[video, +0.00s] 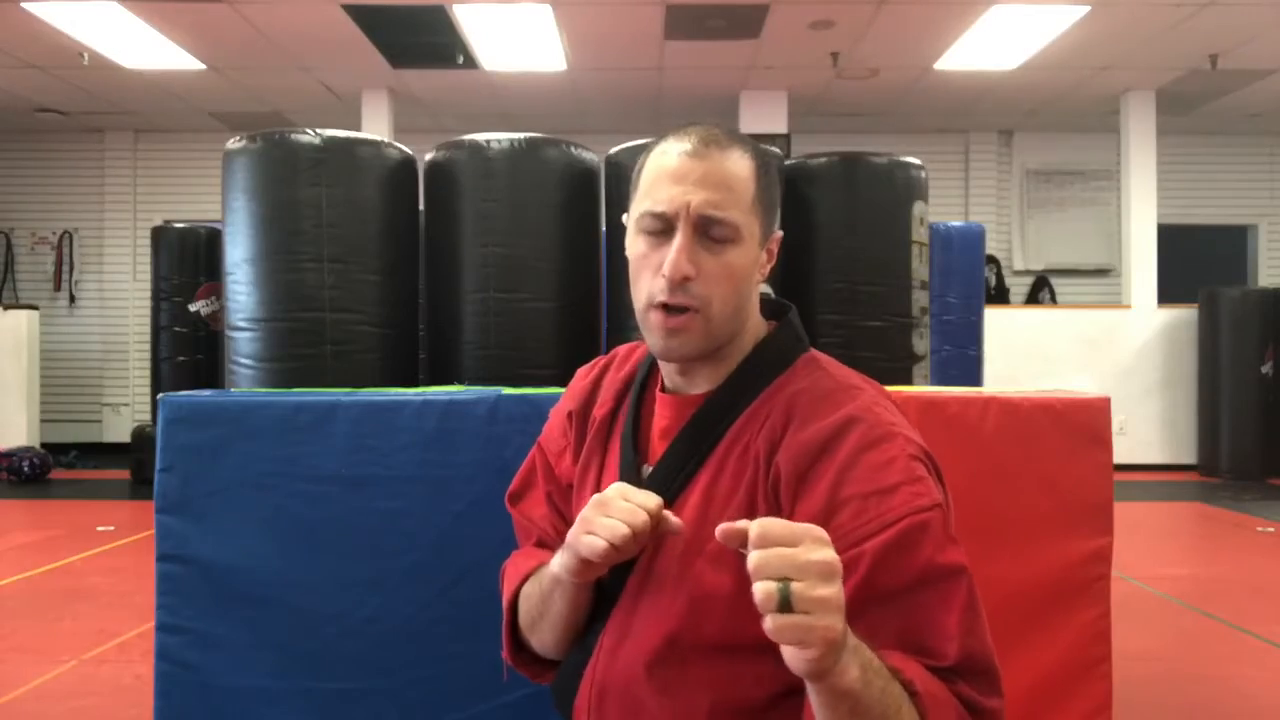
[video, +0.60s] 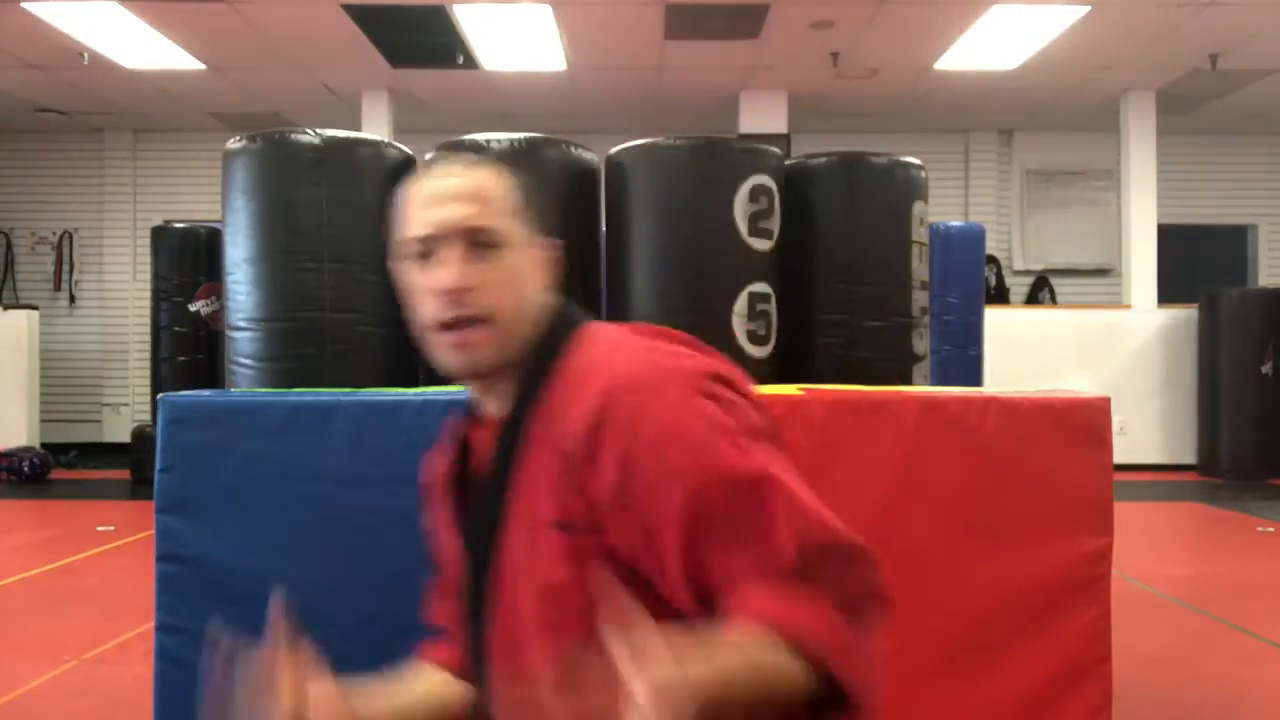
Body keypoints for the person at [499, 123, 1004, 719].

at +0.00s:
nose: (676, 267)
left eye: (715, 235)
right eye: (657, 229)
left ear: (766, 259)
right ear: (626, 240)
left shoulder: (852, 435)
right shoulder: (599, 392)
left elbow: (953, 702)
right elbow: (537, 641)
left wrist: (836, 663)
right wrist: (568, 569)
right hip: (595, 705)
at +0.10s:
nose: (692, 256)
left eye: (727, 228)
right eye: (671, 222)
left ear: (775, 253)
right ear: (636, 238)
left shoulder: (851, 419)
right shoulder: (598, 384)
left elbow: (958, 700)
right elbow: (537, 638)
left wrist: (847, 643)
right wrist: (566, 557)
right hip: (608, 704)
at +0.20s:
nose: (705, 246)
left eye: (736, 215)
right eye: (679, 215)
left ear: (782, 237)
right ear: (644, 237)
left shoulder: (867, 405)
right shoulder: (592, 379)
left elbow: (929, 701)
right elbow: (542, 636)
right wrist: (547, 564)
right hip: (627, 704)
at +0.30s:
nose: (699, 244)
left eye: (730, 211)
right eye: (672, 213)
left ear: (773, 233)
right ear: (630, 236)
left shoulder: (863, 396)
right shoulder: (600, 389)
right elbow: (575, 577)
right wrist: (538, 655)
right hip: (630, 704)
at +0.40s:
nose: (638, 259)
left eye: (671, 227)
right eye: (608, 229)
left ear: (719, 246)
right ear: (569, 255)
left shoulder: (805, 407)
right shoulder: (586, 421)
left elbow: (892, 680)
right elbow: (569, 625)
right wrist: (553, 700)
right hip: (602, 704)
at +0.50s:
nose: (544, 275)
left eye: (576, 242)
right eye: (516, 248)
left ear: (637, 259)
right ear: (488, 276)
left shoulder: (723, 415)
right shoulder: (540, 454)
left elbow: (864, 676)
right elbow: (528, 671)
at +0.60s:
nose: (450, 282)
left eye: (483, 246)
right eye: (423, 253)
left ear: (550, 262)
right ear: (399, 280)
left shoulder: (644, 394)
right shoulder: (457, 459)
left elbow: (822, 621)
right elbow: (465, 669)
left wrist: (692, 671)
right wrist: (341, 700)